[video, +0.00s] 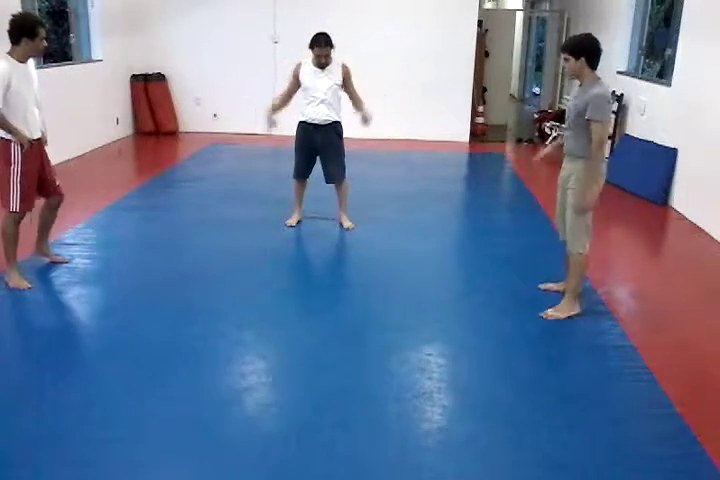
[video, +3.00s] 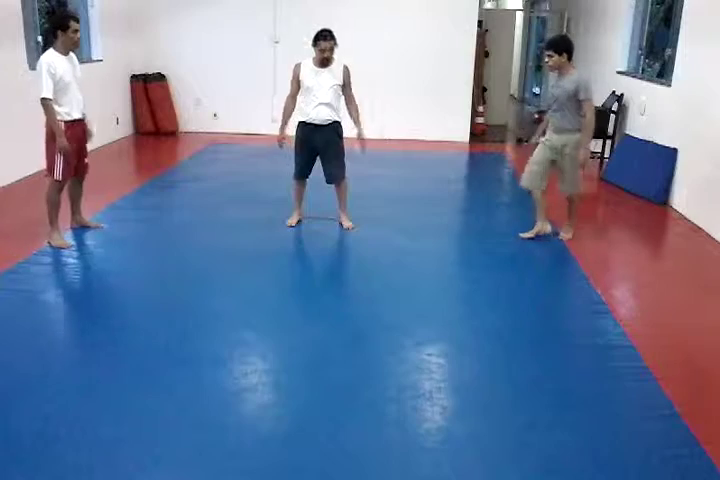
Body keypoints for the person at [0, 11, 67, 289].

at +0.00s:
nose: (46, 44)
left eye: (45, 38)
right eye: (42, 39)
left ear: (27, 41)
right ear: (25, 40)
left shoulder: (29, 65)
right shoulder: (5, 68)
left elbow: (33, 102)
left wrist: (42, 130)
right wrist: (17, 133)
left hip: (34, 142)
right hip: (12, 145)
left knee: (55, 197)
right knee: (14, 211)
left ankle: (42, 245)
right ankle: (11, 269)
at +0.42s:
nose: (51, 44)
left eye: (51, 39)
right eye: (49, 38)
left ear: (29, 38)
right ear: (39, 38)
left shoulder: (28, 65)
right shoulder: (18, 66)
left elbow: (29, 104)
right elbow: (21, 105)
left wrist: (46, 131)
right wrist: (45, 132)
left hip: (39, 139)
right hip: (29, 140)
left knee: (49, 198)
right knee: (41, 202)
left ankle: (43, 250)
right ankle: (22, 258)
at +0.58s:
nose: (53, 45)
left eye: (54, 40)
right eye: (53, 40)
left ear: (30, 37)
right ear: (45, 39)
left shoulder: (17, 60)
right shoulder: (32, 65)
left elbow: (6, 93)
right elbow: (39, 101)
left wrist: (23, 112)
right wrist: (54, 127)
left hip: (25, 135)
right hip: (39, 137)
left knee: (39, 194)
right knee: (69, 193)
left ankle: (40, 247)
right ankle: (47, 246)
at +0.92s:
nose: (65, 46)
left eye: (66, 42)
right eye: (65, 41)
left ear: (41, 38)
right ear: (60, 40)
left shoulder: (23, 62)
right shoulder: (57, 66)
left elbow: (2, 92)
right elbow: (75, 98)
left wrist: (20, 119)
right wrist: (75, 124)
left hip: (31, 135)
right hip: (57, 136)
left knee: (44, 192)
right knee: (72, 187)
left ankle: (42, 249)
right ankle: (70, 234)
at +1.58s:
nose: (85, 45)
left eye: (86, 40)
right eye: (84, 40)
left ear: (65, 37)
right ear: (75, 37)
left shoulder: (47, 57)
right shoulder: (66, 58)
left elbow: (25, 85)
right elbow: (76, 90)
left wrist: (36, 115)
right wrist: (81, 116)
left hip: (47, 121)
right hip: (63, 123)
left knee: (66, 175)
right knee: (72, 178)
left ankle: (70, 219)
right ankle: (69, 232)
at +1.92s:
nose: (88, 40)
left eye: (88, 35)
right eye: (86, 35)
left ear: (72, 33)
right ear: (73, 33)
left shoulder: (64, 55)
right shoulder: (55, 54)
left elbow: (60, 89)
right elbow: (46, 85)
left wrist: (76, 115)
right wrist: (75, 112)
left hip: (66, 120)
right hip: (58, 121)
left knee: (70, 175)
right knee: (66, 176)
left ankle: (71, 219)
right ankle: (66, 229)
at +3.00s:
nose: (78, 36)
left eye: (79, 32)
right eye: (74, 32)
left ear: (73, 33)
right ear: (60, 33)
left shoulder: (72, 58)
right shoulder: (47, 61)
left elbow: (75, 94)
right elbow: (46, 101)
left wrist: (84, 122)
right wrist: (59, 135)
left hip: (77, 123)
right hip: (61, 125)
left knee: (78, 174)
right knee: (58, 180)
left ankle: (77, 217)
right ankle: (54, 231)